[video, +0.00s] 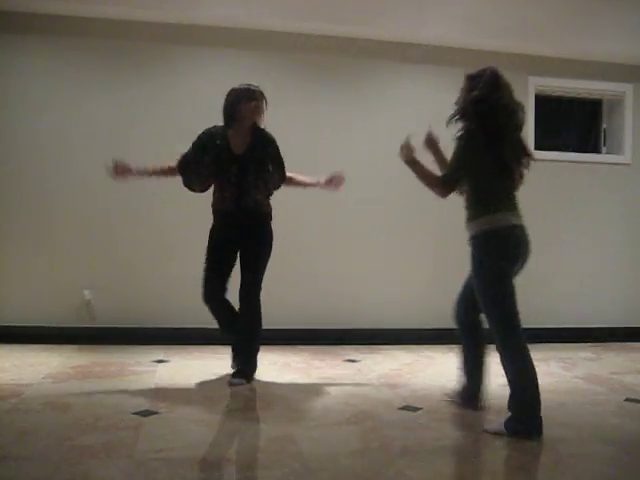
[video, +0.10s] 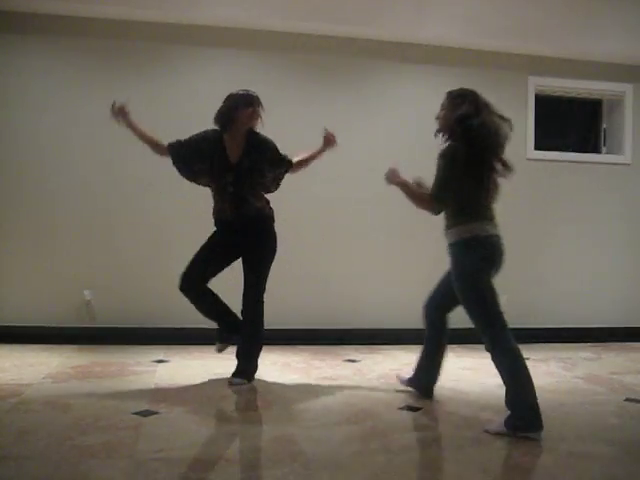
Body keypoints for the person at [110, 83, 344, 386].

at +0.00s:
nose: (262, 112)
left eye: (262, 107)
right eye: (256, 106)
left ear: (259, 111)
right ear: (238, 109)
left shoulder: (265, 143)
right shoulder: (213, 139)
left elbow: (281, 178)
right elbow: (181, 168)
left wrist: (321, 182)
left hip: (257, 228)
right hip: (224, 226)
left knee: (249, 296)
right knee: (213, 294)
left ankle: (245, 370)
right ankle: (243, 340)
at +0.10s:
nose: (257, 114)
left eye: (258, 110)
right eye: (251, 109)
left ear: (255, 116)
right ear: (235, 112)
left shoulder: (260, 146)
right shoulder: (209, 142)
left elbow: (289, 166)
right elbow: (163, 150)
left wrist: (323, 148)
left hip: (259, 232)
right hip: (227, 232)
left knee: (252, 300)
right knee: (190, 284)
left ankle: (246, 371)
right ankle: (232, 327)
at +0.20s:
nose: (253, 116)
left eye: (254, 111)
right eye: (248, 110)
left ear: (250, 116)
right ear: (232, 113)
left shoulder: (254, 145)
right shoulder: (203, 140)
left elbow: (296, 151)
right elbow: (158, 131)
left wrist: (310, 130)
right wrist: (145, 94)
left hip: (259, 229)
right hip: (227, 229)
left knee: (254, 300)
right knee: (184, 273)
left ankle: (246, 369)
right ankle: (211, 332)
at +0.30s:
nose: (248, 115)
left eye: (250, 110)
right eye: (243, 109)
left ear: (248, 113)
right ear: (225, 109)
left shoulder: (252, 138)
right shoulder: (198, 133)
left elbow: (295, 136)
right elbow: (156, 122)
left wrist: (293, 114)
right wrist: (162, 96)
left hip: (255, 224)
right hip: (222, 225)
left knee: (251, 295)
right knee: (188, 282)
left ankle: (244, 368)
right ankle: (189, 357)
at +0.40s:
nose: (244, 115)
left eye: (246, 110)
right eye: (240, 110)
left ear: (243, 113)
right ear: (223, 110)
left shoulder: (250, 136)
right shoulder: (196, 136)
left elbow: (290, 129)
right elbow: (151, 124)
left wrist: (282, 116)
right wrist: (175, 122)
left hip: (247, 226)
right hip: (213, 226)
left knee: (248, 299)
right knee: (200, 299)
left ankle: (242, 368)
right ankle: (181, 375)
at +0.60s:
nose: (238, 118)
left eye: (239, 113)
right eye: (233, 113)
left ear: (233, 116)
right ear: (216, 114)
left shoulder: (240, 143)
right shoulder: (190, 142)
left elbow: (266, 151)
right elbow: (142, 154)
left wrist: (280, 154)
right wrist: (169, 139)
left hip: (230, 231)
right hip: (196, 230)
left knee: (231, 304)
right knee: (192, 305)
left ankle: (229, 369)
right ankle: (185, 376)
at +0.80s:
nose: (231, 122)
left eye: (231, 117)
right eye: (226, 117)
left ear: (223, 119)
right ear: (208, 120)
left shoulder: (230, 146)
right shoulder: (182, 145)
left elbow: (246, 182)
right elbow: (148, 158)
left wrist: (264, 215)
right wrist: (174, 126)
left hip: (220, 234)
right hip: (185, 233)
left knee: (236, 304)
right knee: (185, 306)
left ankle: (200, 342)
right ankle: (185, 376)